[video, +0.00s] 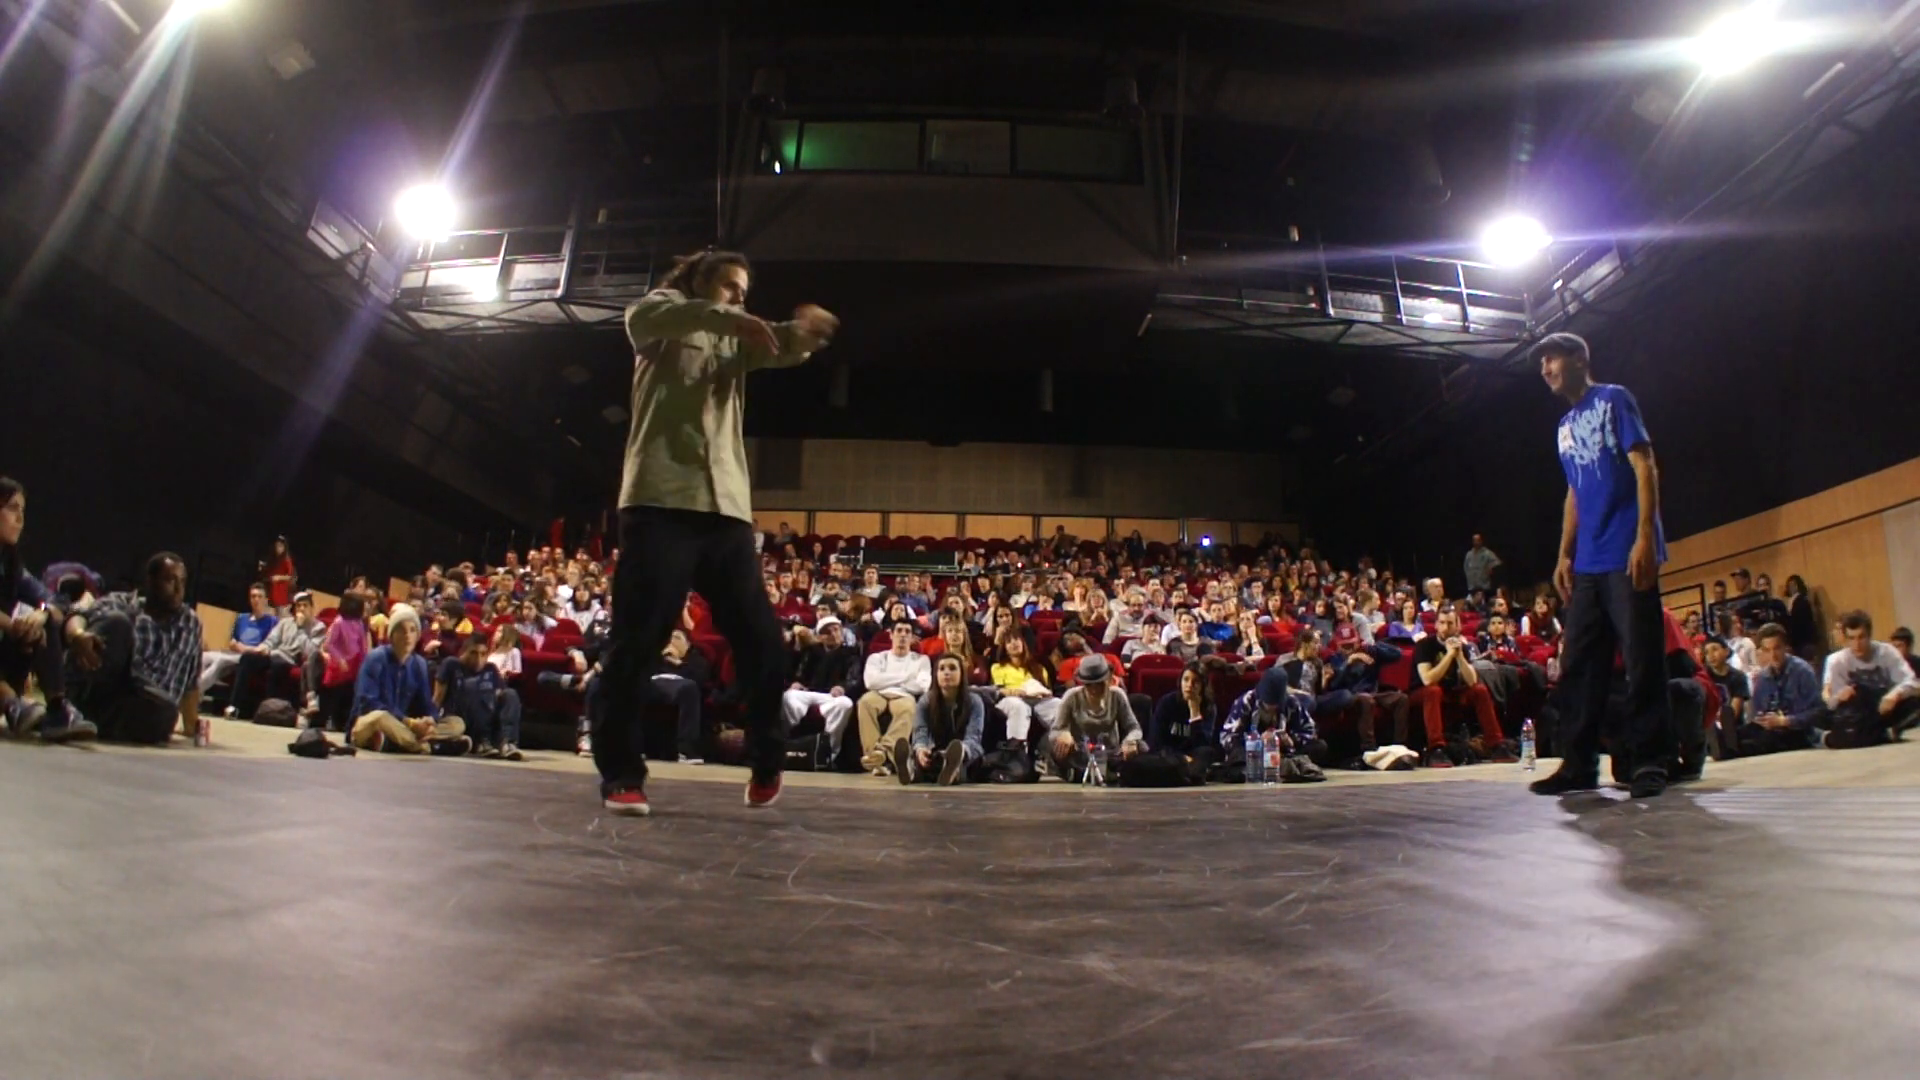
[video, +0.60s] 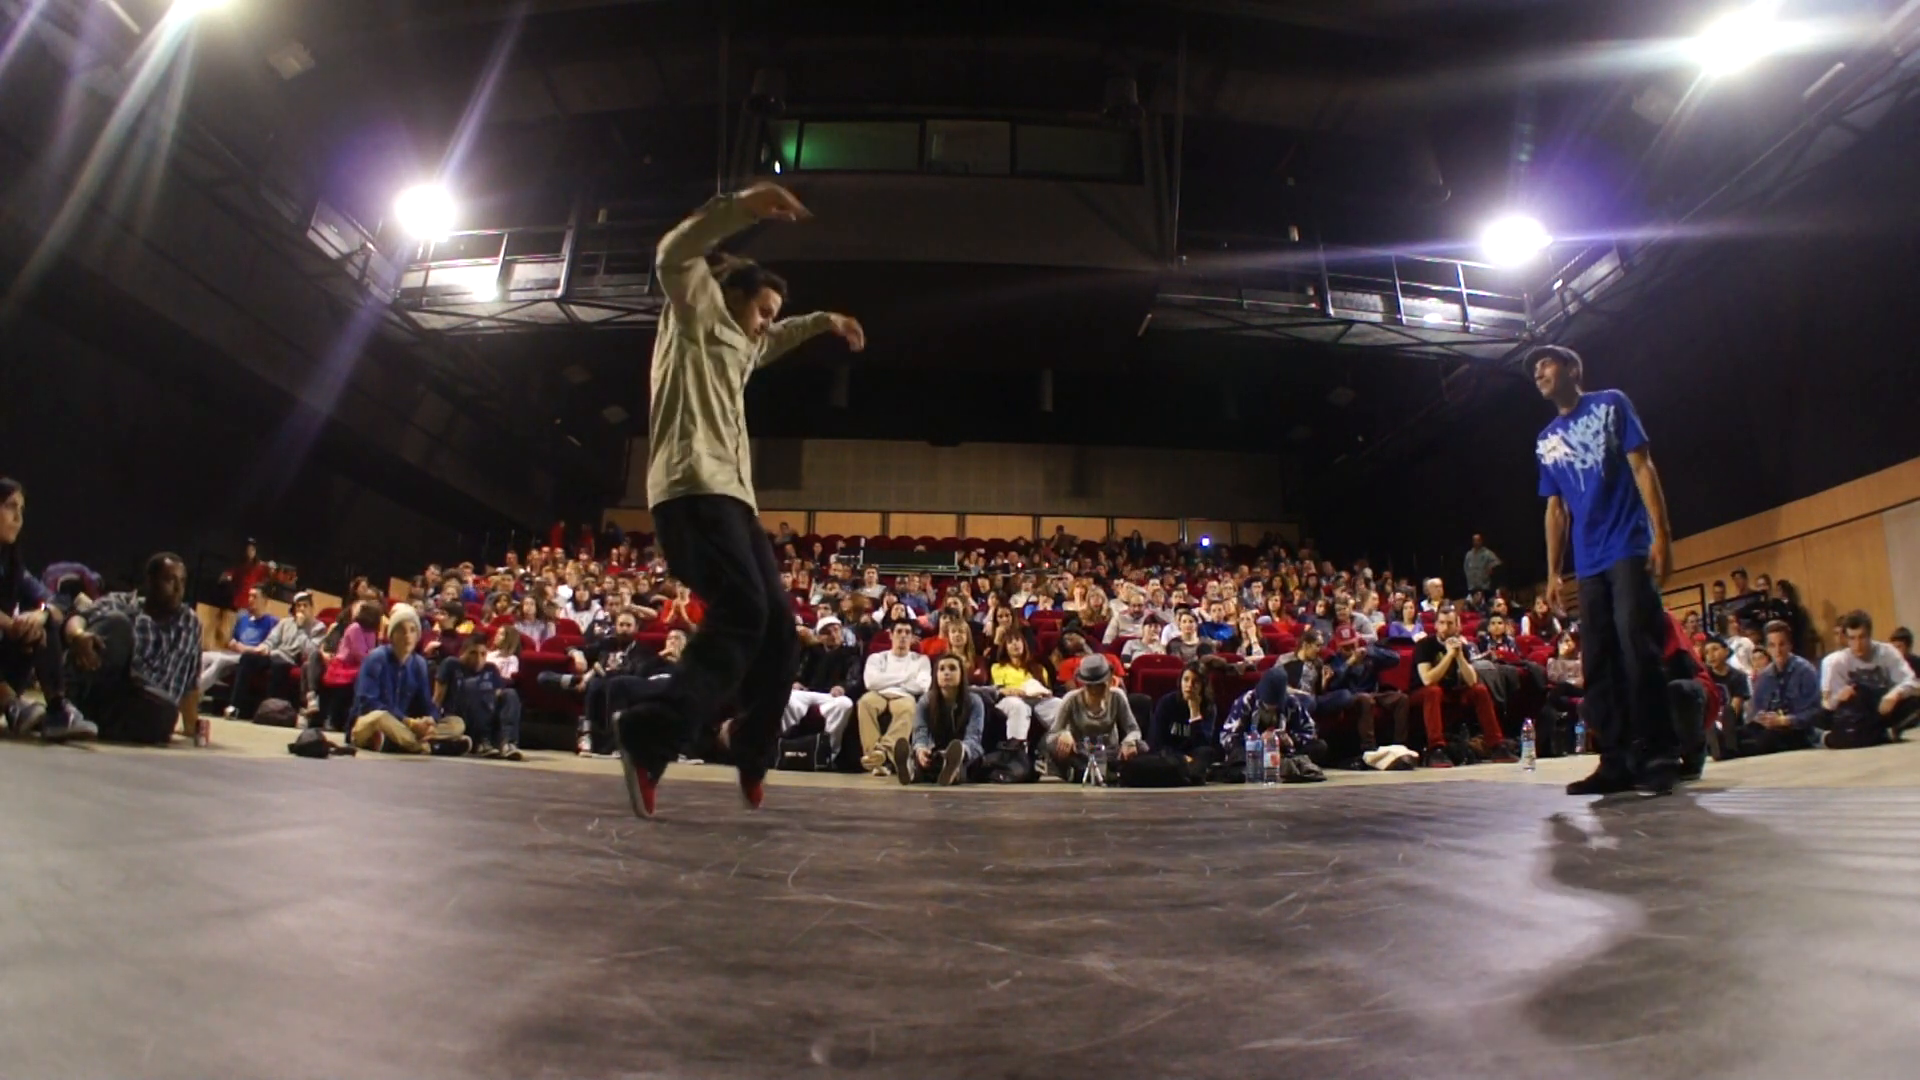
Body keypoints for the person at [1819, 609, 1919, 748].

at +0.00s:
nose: (1857, 643)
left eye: (1861, 637)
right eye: (1851, 638)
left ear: (1869, 636)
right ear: (1845, 639)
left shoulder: (1887, 652)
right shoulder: (1836, 661)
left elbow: (1911, 681)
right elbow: (1830, 702)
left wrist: (1894, 695)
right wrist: (1839, 696)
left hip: (1886, 703)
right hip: (1857, 705)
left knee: (1914, 704)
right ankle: (1884, 734)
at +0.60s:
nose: (1857, 643)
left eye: (1862, 637)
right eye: (1852, 638)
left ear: (1870, 636)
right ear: (1846, 638)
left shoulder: (1887, 652)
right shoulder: (1835, 662)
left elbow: (1911, 681)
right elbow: (1827, 703)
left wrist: (1894, 694)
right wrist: (1838, 697)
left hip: (1885, 704)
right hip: (1855, 706)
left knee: (1913, 703)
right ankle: (1884, 734)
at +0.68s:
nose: (1857, 644)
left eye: (1862, 637)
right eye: (1852, 638)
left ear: (1870, 636)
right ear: (1846, 638)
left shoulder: (1887, 652)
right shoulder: (1835, 662)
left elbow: (1911, 681)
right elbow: (1827, 703)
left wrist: (1894, 694)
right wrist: (1838, 697)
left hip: (1884, 705)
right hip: (1855, 707)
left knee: (1914, 703)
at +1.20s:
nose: (1858, 645)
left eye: (1863, 639)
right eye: (1853, 640)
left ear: (1871, 637)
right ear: (1847, 639)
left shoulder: (1887, 652)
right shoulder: (1839, 661)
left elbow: (1910, 681)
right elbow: (1828, 703)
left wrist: (1894, 695)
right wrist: (1839, 697)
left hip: (1884, 705)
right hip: (1856, 707)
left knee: (1913, 704)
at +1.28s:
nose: (1859, 645)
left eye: (1863, 639)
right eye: (1853, 639)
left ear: (1871, 636)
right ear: (1847, 639)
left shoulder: (1887, 652)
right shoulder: (1839, 661)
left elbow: (1911, 681)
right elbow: (1828, 703)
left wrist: (1894, 695)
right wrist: (1839, 697)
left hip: (1884, 704)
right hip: (1856, 706)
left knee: (1913, 704)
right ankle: (1884, 734)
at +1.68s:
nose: (1858, 645)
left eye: (1863, 639)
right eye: (1853, 640)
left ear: (1872, 637)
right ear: (1849, 639)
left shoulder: (1888, 652)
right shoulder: (1840, 661)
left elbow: (1911, 680)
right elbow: (1832, 702)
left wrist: (1895, 694)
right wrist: (1840, 696)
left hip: (1885, 704)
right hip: (1857, 707)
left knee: (1912, 703)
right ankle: (1884, 734)